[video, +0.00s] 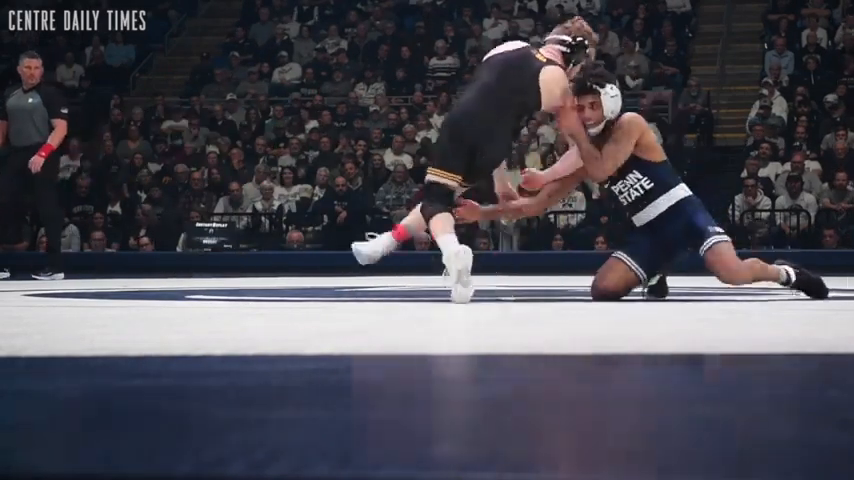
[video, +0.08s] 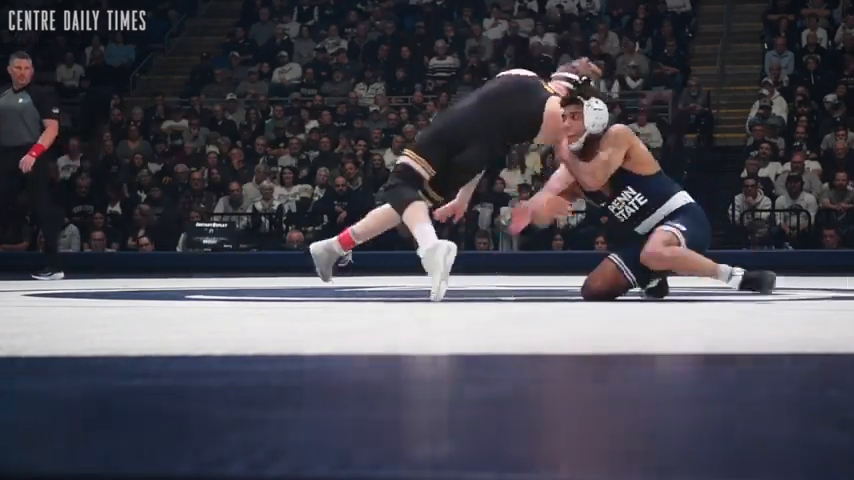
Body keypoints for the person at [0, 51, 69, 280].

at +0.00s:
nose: (32, 72)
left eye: (36, 68)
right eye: (27, 68)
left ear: (42, 70)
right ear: (19, 70)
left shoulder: (49, 94)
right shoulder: (9, 96)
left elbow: (61, 128)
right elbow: (3, 128)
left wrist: (42, 154)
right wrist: (3, 150)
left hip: (42, 156)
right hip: (14, 157)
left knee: (47, 207)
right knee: (9, 207)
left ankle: (54, 265)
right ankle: (7, 264)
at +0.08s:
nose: (22, 73)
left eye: (26, 68)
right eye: (18, 68)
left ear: (32, 71)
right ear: (9, 70)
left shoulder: (41, 94)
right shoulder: (3, 95)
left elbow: (52, 128)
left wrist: (33, 154)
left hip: (31, 157)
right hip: (6, 159)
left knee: (42, 206)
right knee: (7, 208)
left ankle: (52, 263)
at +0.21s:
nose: (5, 72)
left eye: (9, 68)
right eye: (2, 67)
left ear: (15, 70)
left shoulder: (21, 94)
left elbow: (36, 128)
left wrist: (21, 157)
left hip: (15, 156)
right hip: (5, 157)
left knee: (26, 207)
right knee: (22, 208)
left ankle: (51, 262)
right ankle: (48, 261)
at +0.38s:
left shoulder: (6, 92)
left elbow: (19, 124)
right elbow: (18, 125)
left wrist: (10, 158)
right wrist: (10, 158)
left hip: (4, 167)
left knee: (9, 211)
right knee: (9, 212)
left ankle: (34, 250)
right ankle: (33, 250)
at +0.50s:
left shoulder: (5, 95)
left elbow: (9, 124)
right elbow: (9, 124)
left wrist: (3, 156)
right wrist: (4, 156)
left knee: (3, 211)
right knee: (4, 210)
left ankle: (8, 252)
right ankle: (7, 252)